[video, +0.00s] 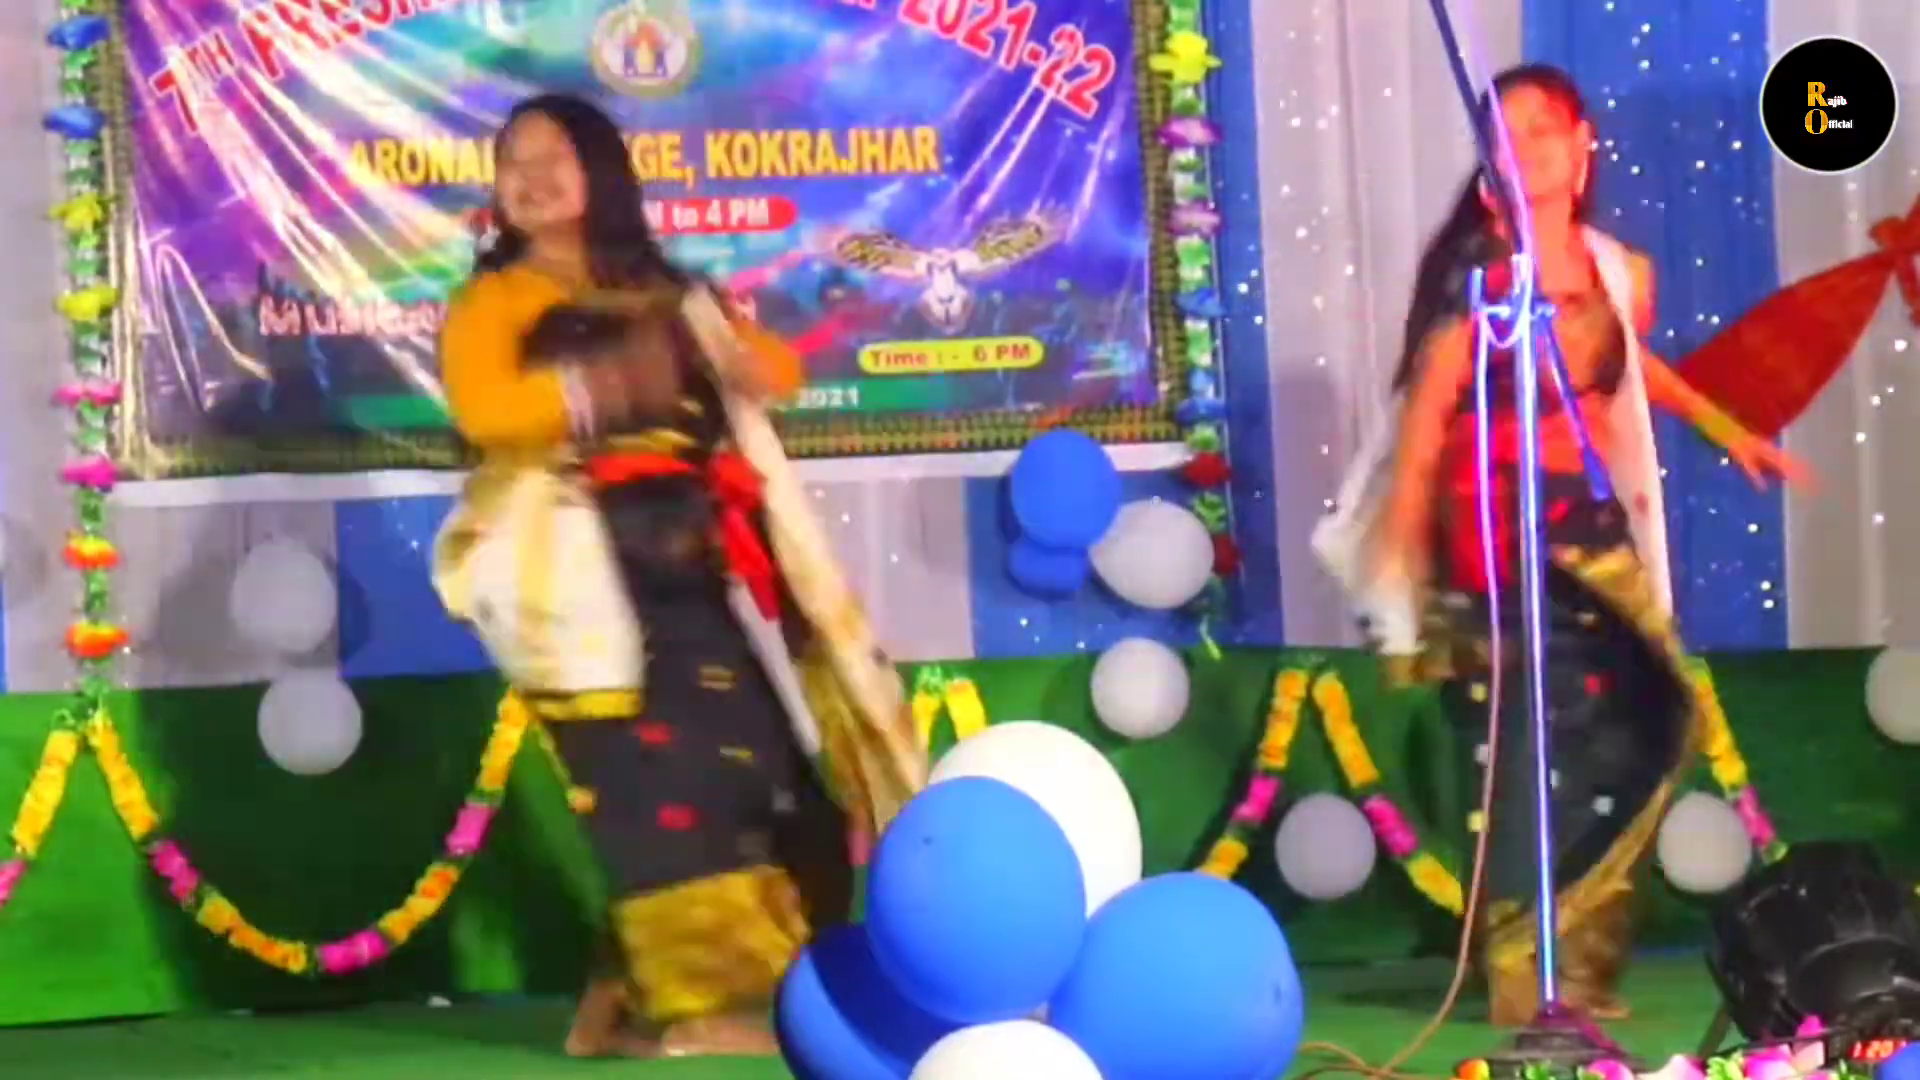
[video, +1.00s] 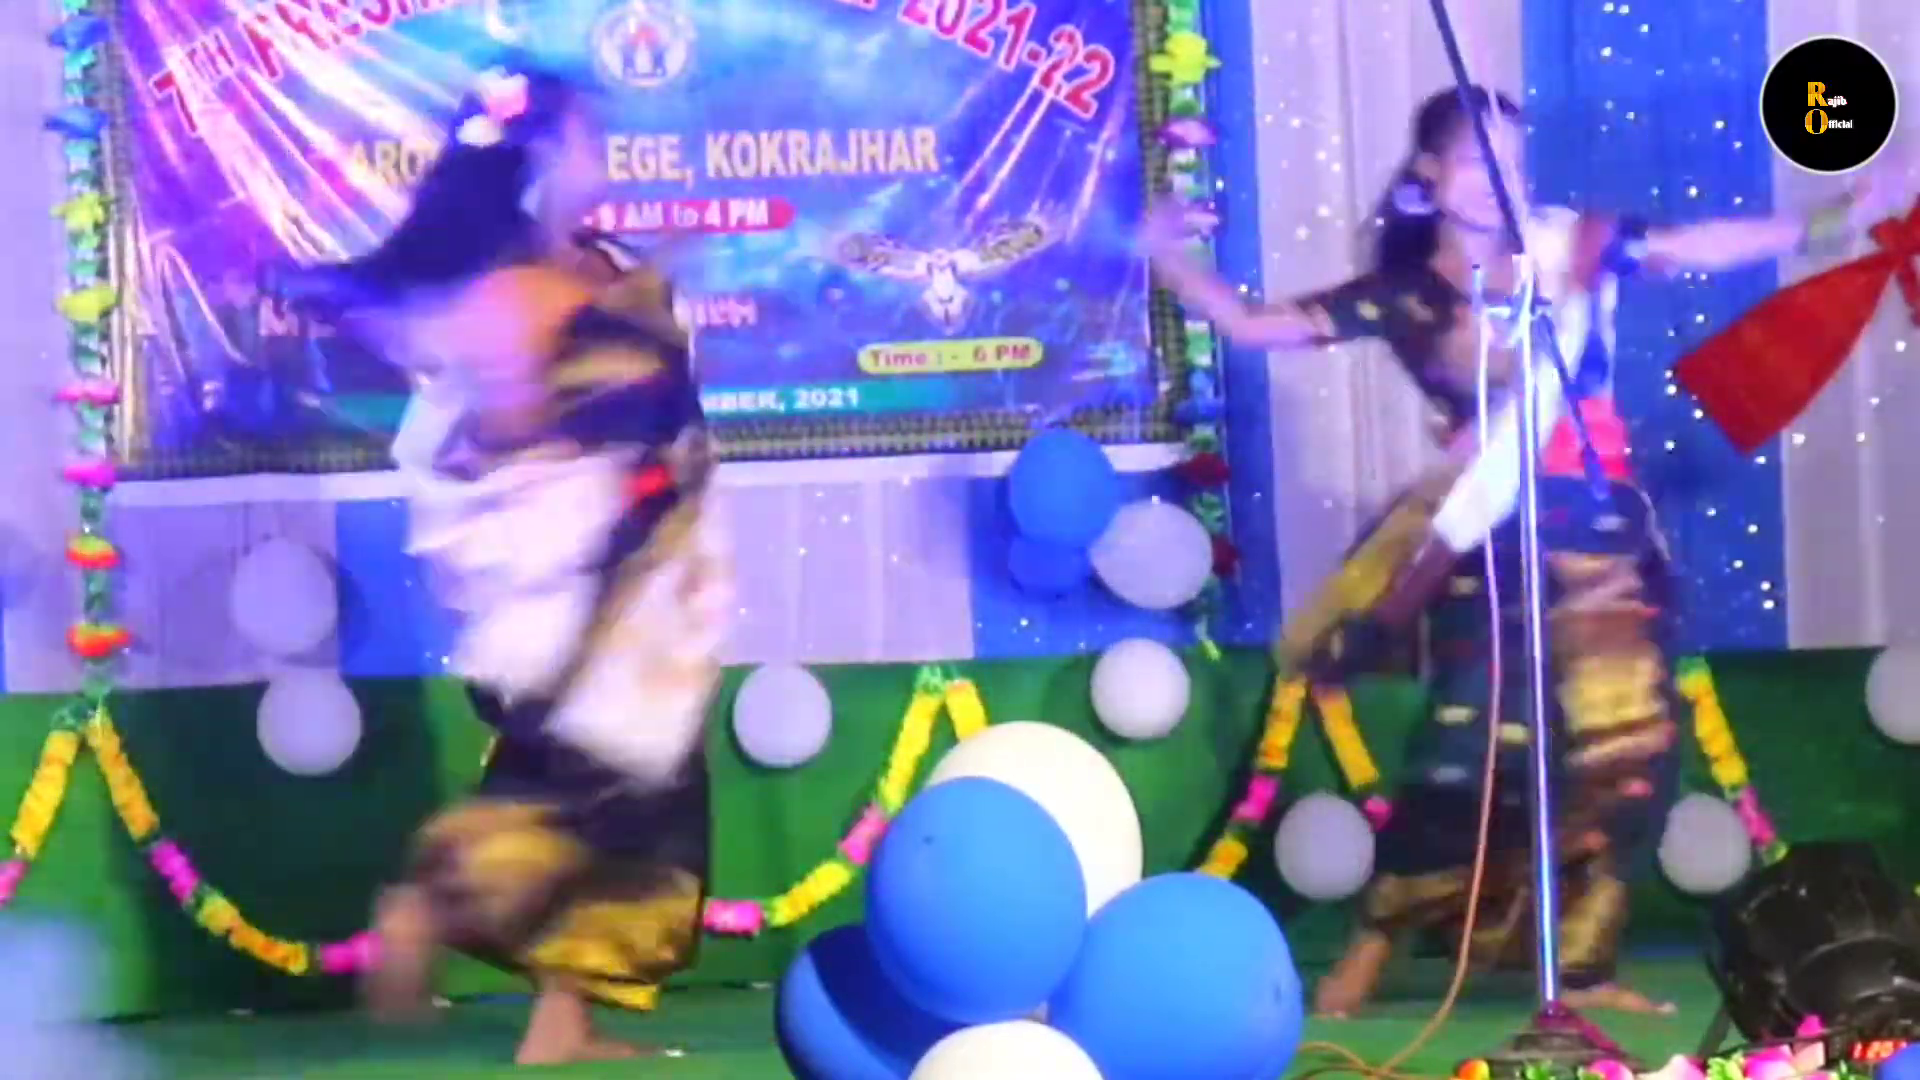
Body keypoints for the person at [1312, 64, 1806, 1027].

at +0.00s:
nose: (1524, 151)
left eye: (1541, 131)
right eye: (1506, 137)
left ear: (1584, 147)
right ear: (1486, 162)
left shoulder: (1619, 269)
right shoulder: (1472, 276)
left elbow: (1627, 365)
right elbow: (1429, 409)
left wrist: (1727, 432)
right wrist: (1401, 539)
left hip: (1593, 525)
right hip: (1490, 536)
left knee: (1645, 728)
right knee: (1525, 748)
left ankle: (1569, 970)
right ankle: (1530, 976)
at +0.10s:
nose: (1492, 167)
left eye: (1514, 149)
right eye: (1481, 148)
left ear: (1560, 162)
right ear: (1462, 161)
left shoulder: (1606, 272)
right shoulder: (1435, 274)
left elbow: (1715, 379)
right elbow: (1401, 404)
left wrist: (1664, 337)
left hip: (1593, 552)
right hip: (1481, 557)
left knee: (1644, 744)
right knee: (1480, 743)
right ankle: (1446, 951)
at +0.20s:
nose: (1465, 147)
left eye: (1484, 128)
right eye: (1453, 129)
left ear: (1532, 132)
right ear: (1440, 135)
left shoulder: (1584, 226)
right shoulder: (1421, 245)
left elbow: (1697, 343)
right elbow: (1391, 379)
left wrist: (1617, 244)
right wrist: (1482, 297)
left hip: (1576, 525)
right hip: (1458, 528)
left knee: (1592, 729)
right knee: (1434, 726)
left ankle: (1561, 941)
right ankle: (1381, 927)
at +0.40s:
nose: (1411, 152)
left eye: (1430, 132)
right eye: (1401, 135)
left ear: (1481, 133)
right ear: (1393, 144)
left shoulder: (1550, 232)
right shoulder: (1386, 258)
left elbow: (1596, 344)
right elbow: (1339, 405)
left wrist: (1516, 304)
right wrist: (1409, 315)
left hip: (1543, 509)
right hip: (1423, 510)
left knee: (1539, 725)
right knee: (1389, 723)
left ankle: (1588, 944)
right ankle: (1379, 952)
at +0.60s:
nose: (1373, 171)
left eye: (1394, 155)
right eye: (1367, 154)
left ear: (1447, 167)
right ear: (1361, 168)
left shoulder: (1486, 267)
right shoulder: (1364, 291)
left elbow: (1572, 363)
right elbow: (1314, 410)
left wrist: (1648, 442)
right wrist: (1260, 506)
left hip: (1495, 544)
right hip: (1391, 549)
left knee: (1521, 758)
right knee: (1371, 759)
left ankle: (1595, 959)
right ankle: (1382, 958)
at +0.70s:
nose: (1369, 139)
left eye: (1390, 120)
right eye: (1360, 121)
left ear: (1439, 130)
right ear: (1352, 133)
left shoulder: (1475, 219)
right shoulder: (1362, 250)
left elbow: (1598, 259)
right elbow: (1299, 282)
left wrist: (1743, 281)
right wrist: (1243, 300)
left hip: (1502, 503)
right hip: (1400, 509)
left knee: (1556, 715)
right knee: (1441, 728)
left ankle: (1610, 935)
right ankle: (1390, 955)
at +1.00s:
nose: (1496, 174)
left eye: (1506, 155)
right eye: (1473, 159)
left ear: (1526, 159)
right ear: (1429, 176)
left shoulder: (1582, 239)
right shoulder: (1403, 289)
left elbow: (1708, 246)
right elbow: (1250, 326)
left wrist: (1832, 224)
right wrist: (1170, 255)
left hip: (1597, 525)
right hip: (1483, 533)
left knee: (1617, 741)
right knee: (1464, 739)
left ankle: (1582, 962)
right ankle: (1379, 938)